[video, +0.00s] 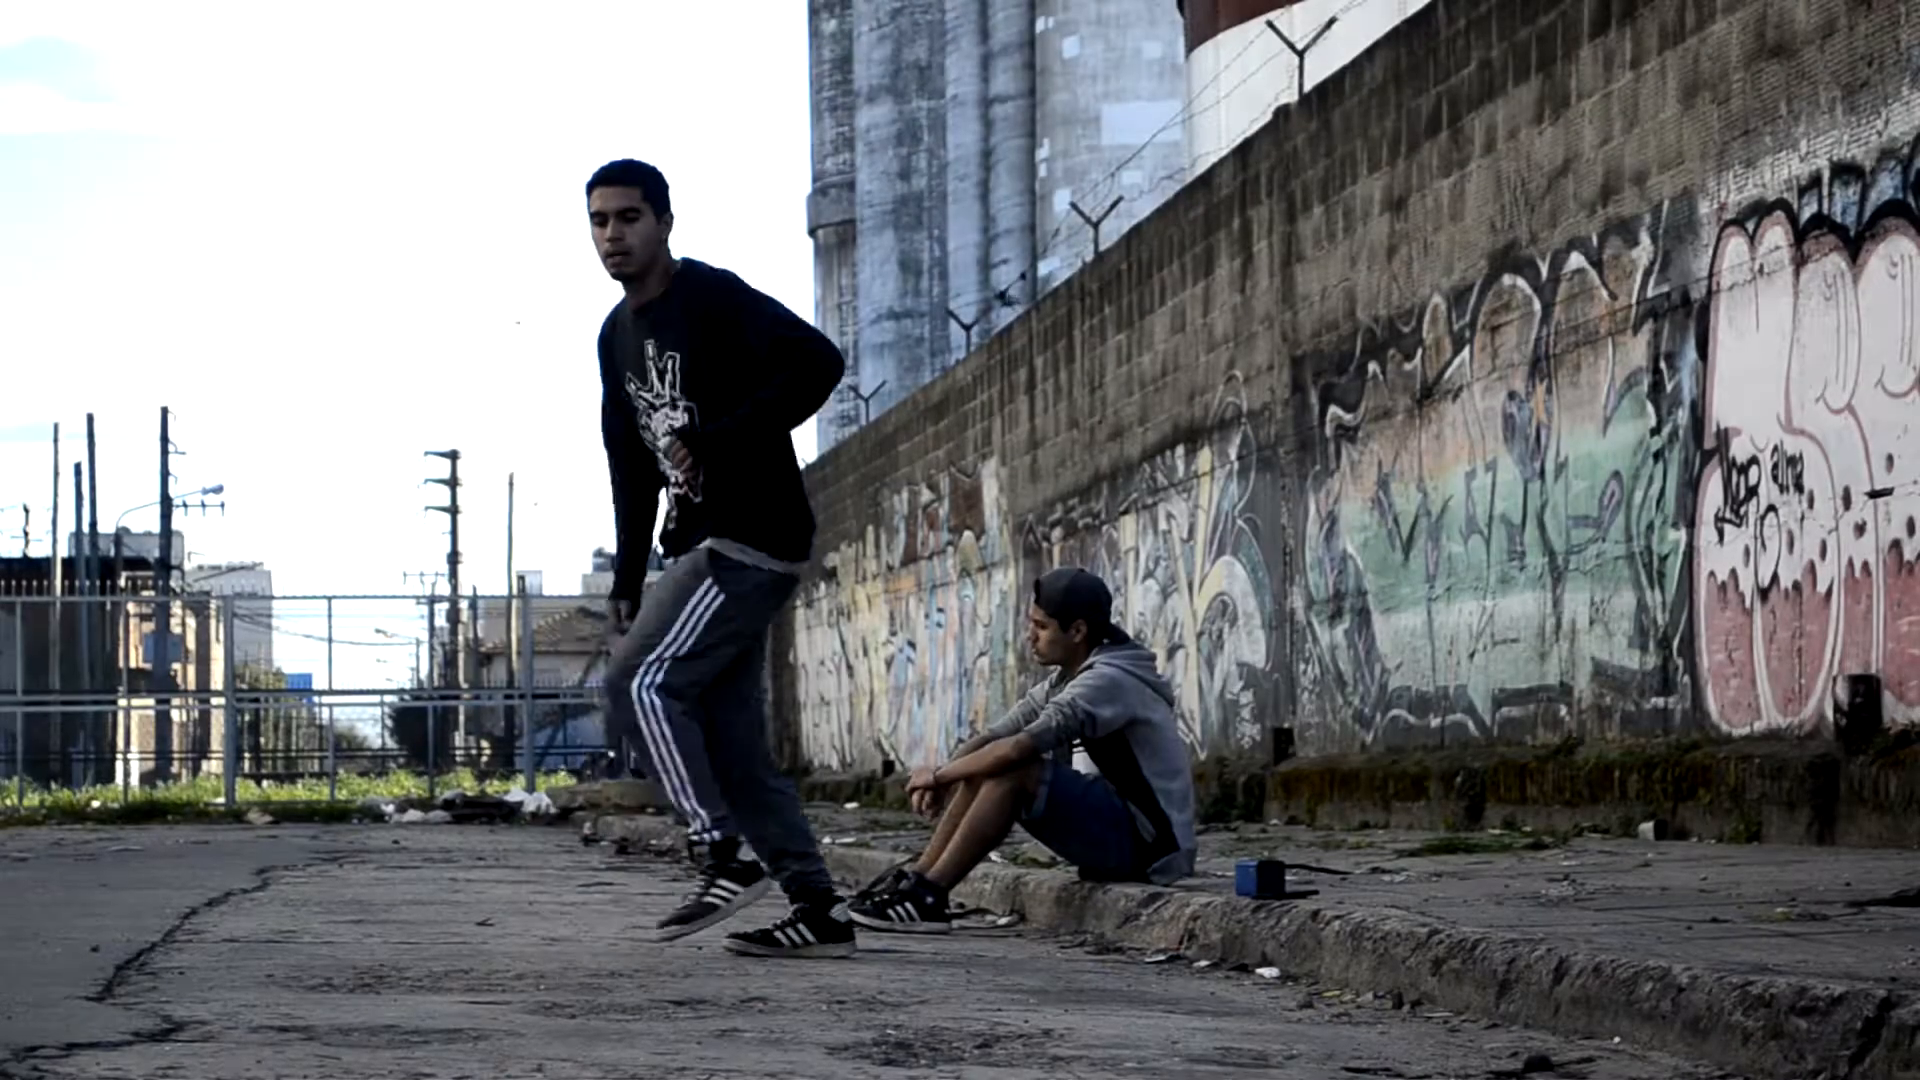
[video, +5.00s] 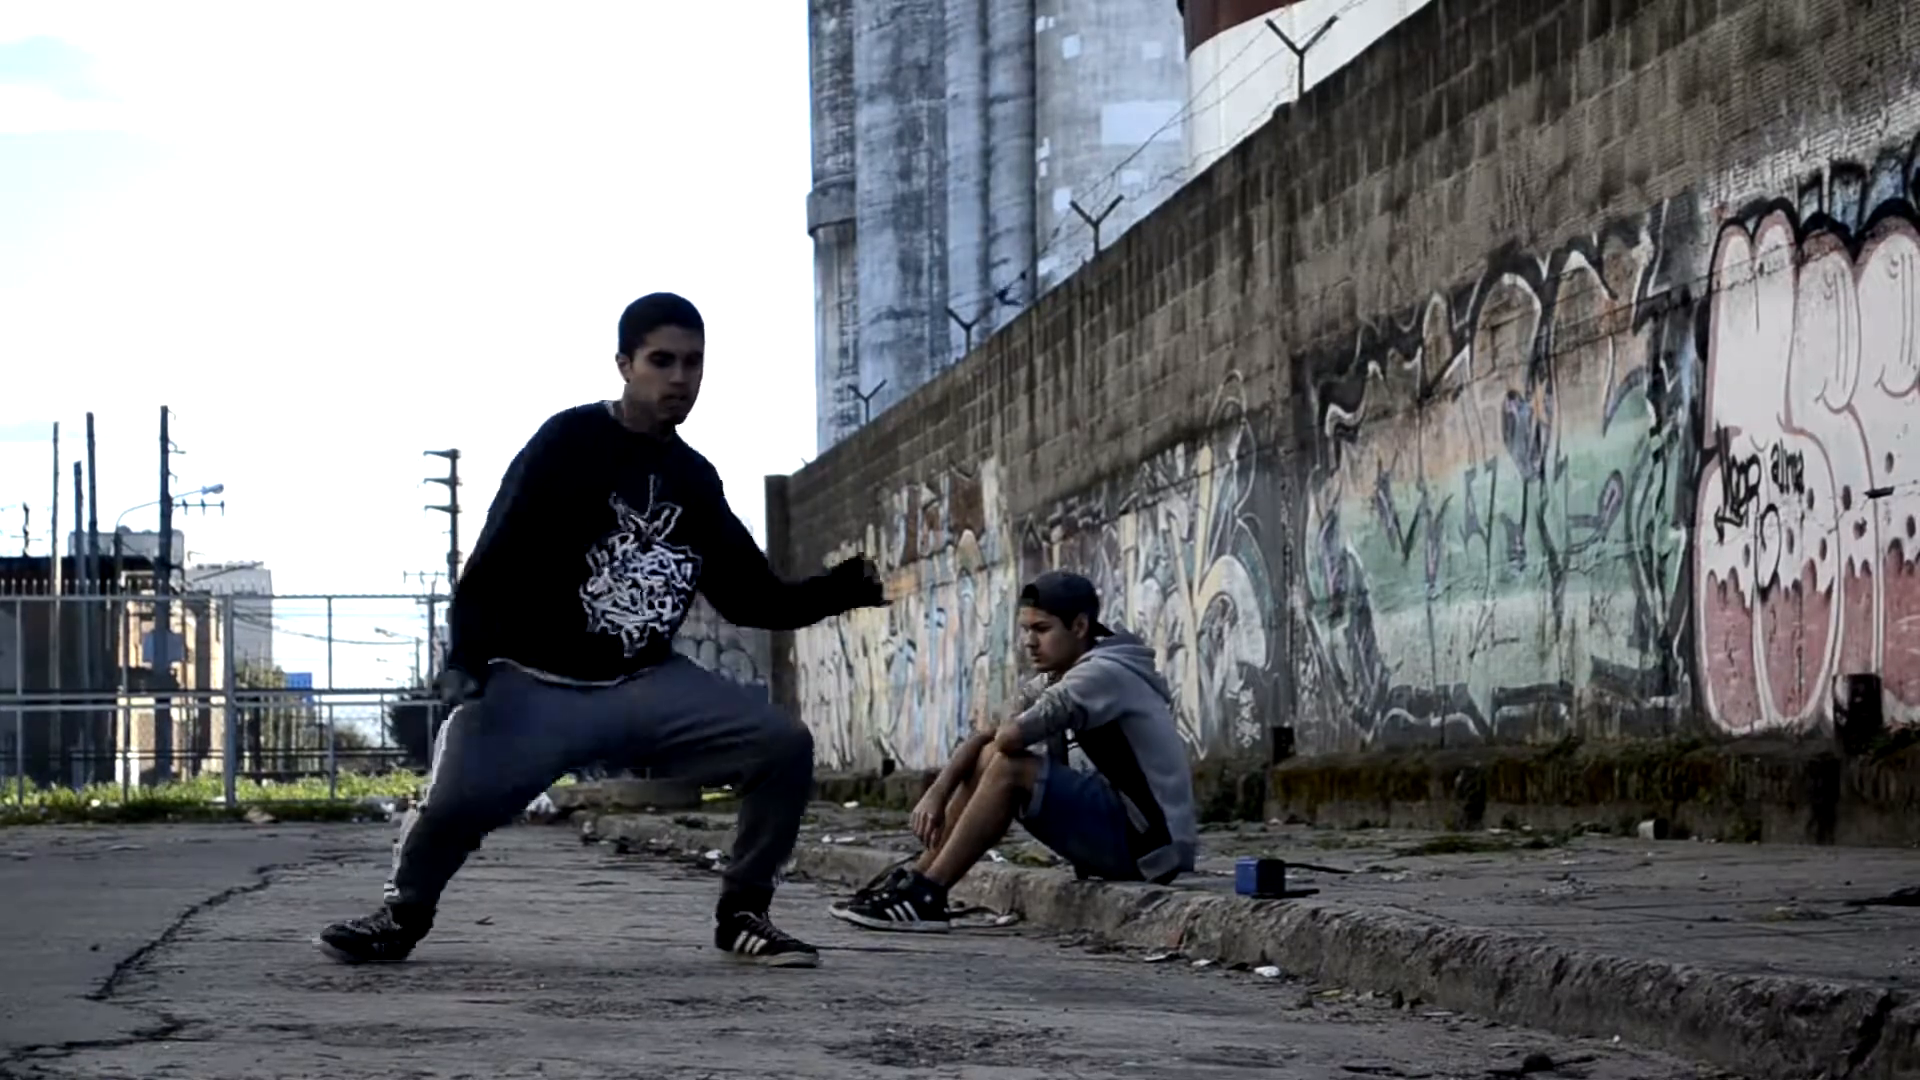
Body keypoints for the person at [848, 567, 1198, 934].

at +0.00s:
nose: (1031, 635)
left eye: (1041, 626)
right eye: (1032, 624)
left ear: (1077, 632)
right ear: (1075, 632)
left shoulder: (1107, 677)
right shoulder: (1072, 675)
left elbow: (1020, 749)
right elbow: (1005, 731)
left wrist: (939, 774)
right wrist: (939, 774)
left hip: (1148, 847)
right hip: (1121, 836)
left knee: (1016, 771)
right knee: (985, 763)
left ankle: (931, 896)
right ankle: (916, 882)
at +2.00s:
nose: (1039, 648)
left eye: (1049, 635)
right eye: (1031, 636)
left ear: (1088, 628)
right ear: (1027, 634)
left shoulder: (1110, 673)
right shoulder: (1068, 676)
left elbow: (1024, 743)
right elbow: (1002, 731)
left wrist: (943, 773)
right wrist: (945, 773)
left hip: (1148, 846)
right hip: (1118, 836)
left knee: (1015, 771)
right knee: (986, 763)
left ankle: (932, 894)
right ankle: (914, 883)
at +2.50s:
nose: (1035, 634)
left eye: (1047, 621)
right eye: (1030, 624)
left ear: (1085, 621)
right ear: (1026, 624)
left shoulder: (1103, 666)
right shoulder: (1081, 668)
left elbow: (1018, 741)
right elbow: (1012, 736)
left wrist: (940, 772)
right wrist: (948, 773)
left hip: (1149, 844)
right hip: (1123, 835)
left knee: (1011, 772)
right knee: (987, 766)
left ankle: (934, 893)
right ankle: (917, 879)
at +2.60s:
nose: (1029, 634)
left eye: (1040, 620)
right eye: (1025, 624)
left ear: (1080, 621)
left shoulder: (1100, 667)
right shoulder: (1079, 671)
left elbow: (1018, 741)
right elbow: (1011, 740)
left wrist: (939, 772)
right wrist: (946, 774)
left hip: (1149, 844)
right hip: (1123, 836)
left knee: (1012, 770)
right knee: (987, 766)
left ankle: (934, 893)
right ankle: (917, 879)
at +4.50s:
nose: (1019, 650)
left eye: (1028, 636)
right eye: (1015, 639)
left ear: (1067, 628)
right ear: (1061, 632)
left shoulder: (1101, 676)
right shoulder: (1064, 684)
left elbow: (1011, 751)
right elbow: (999, 743)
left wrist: (957, 749)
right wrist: (942, 776)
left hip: (1151, 848)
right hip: (1120, 839)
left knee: (1013, 771)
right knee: (983, 767)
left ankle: (933, 895)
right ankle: (915, 882)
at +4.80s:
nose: (1029, 642)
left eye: (1040, 629)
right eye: (1025, 630)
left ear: (1079, 627)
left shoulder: (1105, 674)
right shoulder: (1063, 671)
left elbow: (1007, 738)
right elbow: (990, 725)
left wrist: (994, 717)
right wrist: (936, 792)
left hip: (1147, 845)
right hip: (1116, 833)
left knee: (1013, 766)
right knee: (988, 756)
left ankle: (932, 895)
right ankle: (915, 882)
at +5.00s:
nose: (1030, 642)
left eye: (1041, 630)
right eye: (1026, 631)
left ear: (1080, 627)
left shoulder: (1104, 670)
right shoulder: (1071, 671)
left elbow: (1010, 736)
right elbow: (993, 729)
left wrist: (1009, 727)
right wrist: (936, 791)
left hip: (1148, 844)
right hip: (1119, 833)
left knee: (1011, 766)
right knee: (988, 757)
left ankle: (932, 894)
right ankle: (914, 881)